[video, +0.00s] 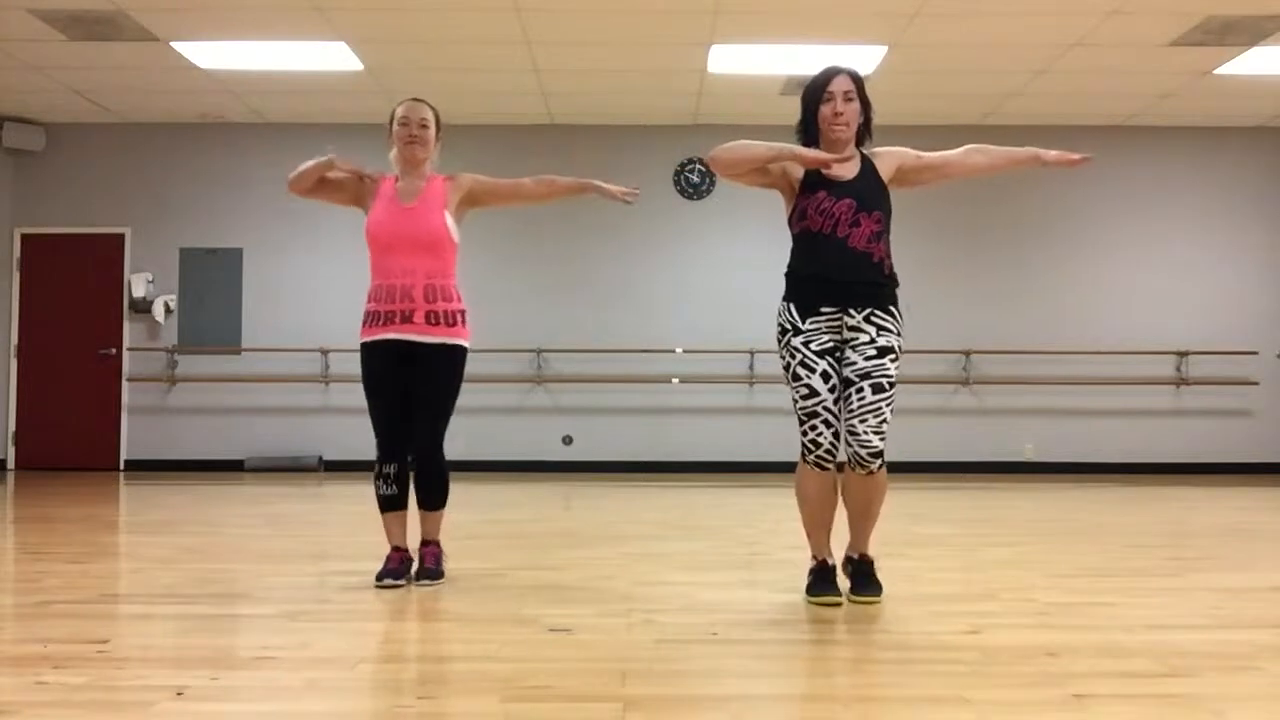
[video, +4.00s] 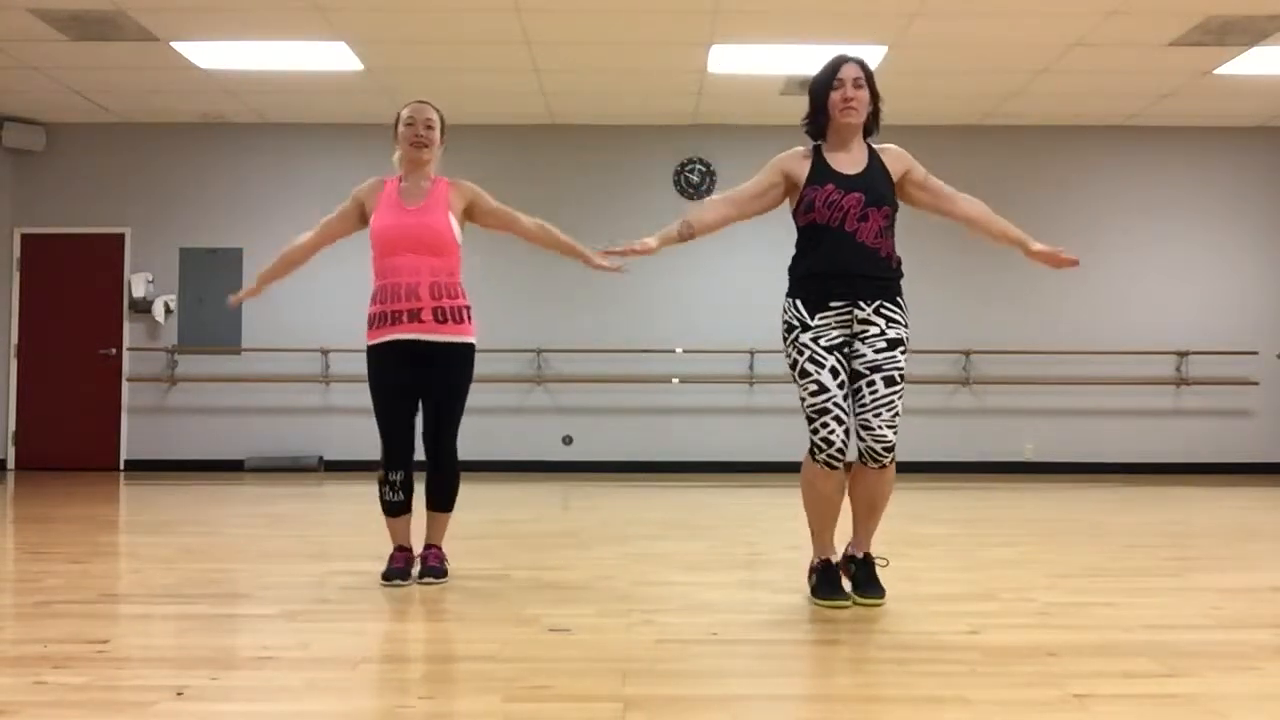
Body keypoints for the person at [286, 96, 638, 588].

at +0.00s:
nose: (413, 130)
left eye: (422, 124)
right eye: (404, 123)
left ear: (437, 138)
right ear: (391, 134)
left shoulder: (456, 188)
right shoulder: (370, 188)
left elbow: (530, 187)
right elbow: (298, 185)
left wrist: (595, 186)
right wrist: (326, 163)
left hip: (441, 335)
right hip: (383, 333)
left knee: (427, 444)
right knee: (390, 447)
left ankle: (429, 547)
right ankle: (396, 552)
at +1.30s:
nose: (416, 138)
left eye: (426, 132)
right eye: (408, 132)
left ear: (441, 144)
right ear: (395, 143)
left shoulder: (462, 191)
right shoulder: (376, 191)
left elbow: (533, 186)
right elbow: (303, 183)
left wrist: (541, 136)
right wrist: (345, 145)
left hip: (453, 339)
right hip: (393, 338)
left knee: (447, 448)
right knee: (397, 447)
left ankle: (433, 548)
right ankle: (397, 543)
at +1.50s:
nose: (416, 133)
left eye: (426, 128)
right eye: (407, 126)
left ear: (440, 141)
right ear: (395, 139)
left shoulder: (458, 187)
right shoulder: (375, 188)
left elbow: (512, 142)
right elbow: (311, 155)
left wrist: (462, 107)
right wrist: (366, 118)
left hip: (449, 337)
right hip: (390, 336)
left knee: (440, 444)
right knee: (395, 447)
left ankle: (433, 549)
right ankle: (402, 550)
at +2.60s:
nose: (413, 134)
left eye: (423, 128)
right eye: (405, 129)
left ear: (439, 141)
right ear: (393, 141)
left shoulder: (457, 187)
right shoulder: (378, 186)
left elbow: (499, 125)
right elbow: (333, 124)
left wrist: (540, 68)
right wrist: (289, 71)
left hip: (442, 338)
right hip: (384, 334)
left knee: (428, 446)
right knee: (391, 446)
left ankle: (430, 547)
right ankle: (400, 550)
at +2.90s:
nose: (415, 129)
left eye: (424, 123)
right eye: (407, 124)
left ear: (440, 137)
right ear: (395, 137)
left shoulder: (462, 185)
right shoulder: (379, 184)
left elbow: (532, 145)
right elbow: (319, 152)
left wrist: (603, 110)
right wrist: (264, 122)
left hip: (447, 337)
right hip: (388, 335)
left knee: (439, 446)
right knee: (394, 444)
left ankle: (430, 550)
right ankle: (399, 545)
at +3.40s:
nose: (413, 126)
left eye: (422, 122)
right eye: (404, 121)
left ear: (436, 139)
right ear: (390, 138)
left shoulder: (458, 189)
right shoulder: (371, 189)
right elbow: (293, 191)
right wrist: (227, 197)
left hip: (444, 331)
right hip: (385, 331)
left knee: (430, 439)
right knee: (390, 442)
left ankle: (435, 543)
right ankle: (398, 549)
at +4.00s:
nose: (419, 130)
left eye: (429, 125)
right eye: (411, 124)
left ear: (441, 141)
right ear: (396, 137)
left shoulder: (459, 193)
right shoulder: (372, 194)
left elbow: (525, 225)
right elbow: (310, 242)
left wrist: (584, 254)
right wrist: (257, 283)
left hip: (449, 336)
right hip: (389, 336)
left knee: (441, 445)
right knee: (396, 448)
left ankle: (433, 549)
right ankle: (400, 551)